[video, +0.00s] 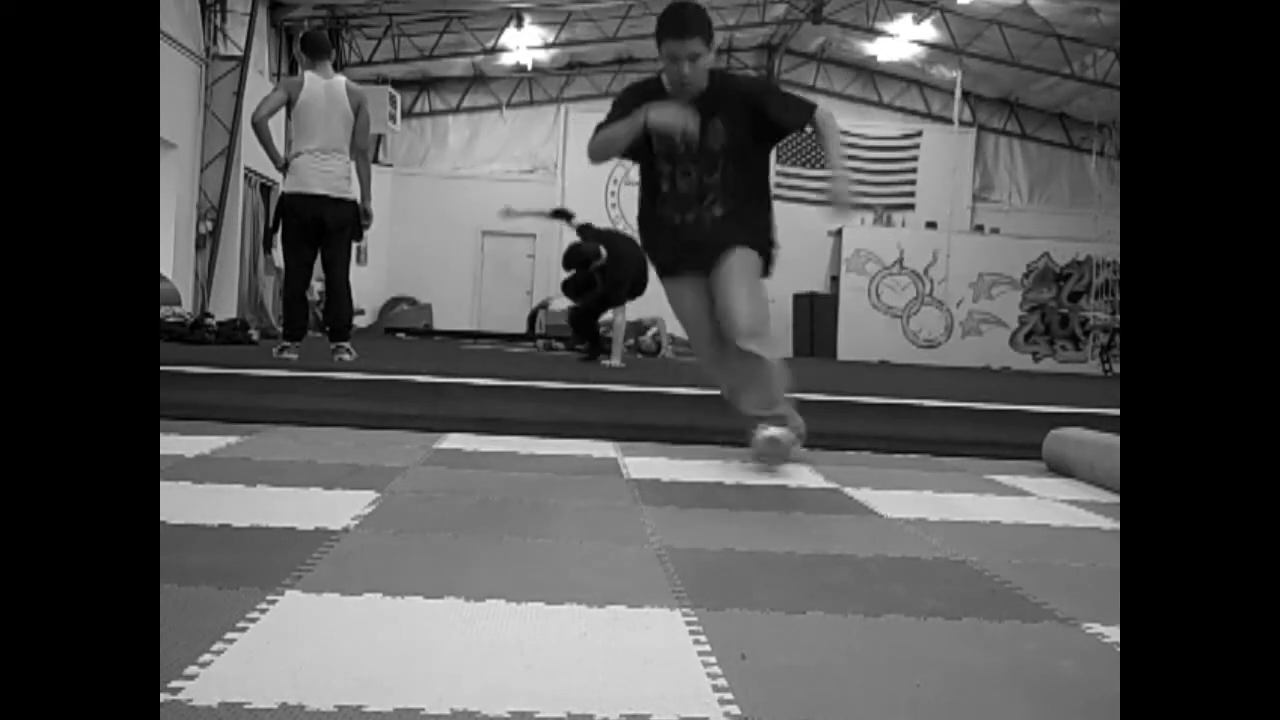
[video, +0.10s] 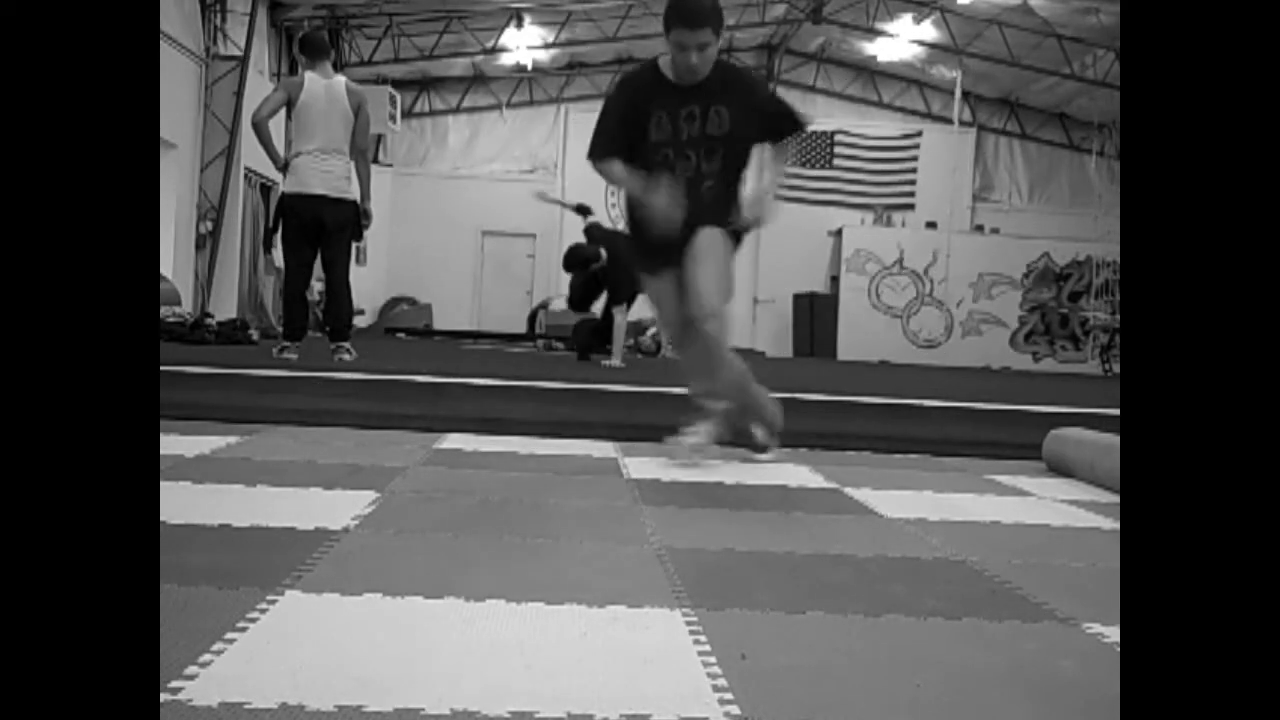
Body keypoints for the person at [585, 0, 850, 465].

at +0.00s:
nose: (683, 71)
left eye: (693, 59)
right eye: (673, 60)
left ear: (711, 52)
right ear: (660, 54)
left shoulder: (744, 94)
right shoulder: (641, 99)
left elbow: (820, 117)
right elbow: (597, 150)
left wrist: (839, 177)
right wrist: (644, 117)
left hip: (735, 233)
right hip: (671, 241)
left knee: (743, 328)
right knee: (713, 358)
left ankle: (773, 420)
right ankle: (777, 418)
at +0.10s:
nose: (690, 59)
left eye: (701, 48)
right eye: (680, 47)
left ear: (719, 41)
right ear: (666, 39)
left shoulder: (739, 86)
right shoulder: (635, 86)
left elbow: (783, 135)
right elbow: (603, 156)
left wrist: (764, 192)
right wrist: (644, 188)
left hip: (713, 212)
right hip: (652, 219)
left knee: (706, 312)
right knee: (680, 335)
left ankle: (712, 416)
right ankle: (760, 409)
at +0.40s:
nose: (613, 11)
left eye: (619, 6)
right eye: (606, 6)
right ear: (600, 3)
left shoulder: (688, 34)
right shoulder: (580, 25)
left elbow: (767, 56)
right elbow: (520, 48)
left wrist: (763, 97)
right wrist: (507, 43)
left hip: (641, 183)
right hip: (577, 172)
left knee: (617, 295)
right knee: (540, 251)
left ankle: (609, 410)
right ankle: (547, 313)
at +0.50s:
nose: (579, 8)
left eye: (587, 4)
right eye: (574, 5)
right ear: (568, 0)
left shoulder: (655, 28)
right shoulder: (552, 26)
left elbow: (734, 59)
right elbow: (507, 59)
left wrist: (687, 128)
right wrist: (495, 60)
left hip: (610, 183)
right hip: (548, 174)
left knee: (562, 294)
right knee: (515, 269)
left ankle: (530, 405)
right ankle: (505, 374)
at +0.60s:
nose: (536, 18)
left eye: (542, 7)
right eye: (534, 10)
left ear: (577, 5)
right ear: (546, 10)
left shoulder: (621, 60)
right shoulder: (542, 53)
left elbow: (660, 134)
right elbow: (522, 106)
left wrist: (586, 170)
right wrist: (501, 131)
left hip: (576, 218)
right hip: (518, 202)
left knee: (534, 328)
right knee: (483, 307)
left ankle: (497, 421)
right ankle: (437, 413)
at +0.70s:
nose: (511, 24)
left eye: (515, 12)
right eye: (508, 15)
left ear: (545, 4)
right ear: (527, 10)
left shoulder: (592, 55)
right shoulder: (527, 53)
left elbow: (583, 141)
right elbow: (530, 136)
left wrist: (510, 109)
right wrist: (497, 185)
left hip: (562, 211)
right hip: (509, 197)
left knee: (518, 316)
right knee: (466, 292)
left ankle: (509, 412)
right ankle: (455, 409)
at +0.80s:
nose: (487, 24)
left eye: (493, 11)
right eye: (485, 15)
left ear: (526, 6)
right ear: (518, 11)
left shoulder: (565, 53)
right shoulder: (518, 61)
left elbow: (513, 113)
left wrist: (457, 62)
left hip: (554, 212)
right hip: (501, 205)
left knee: (490, 296)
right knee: (453, 299)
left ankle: (560, 392)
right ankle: (480, 427)